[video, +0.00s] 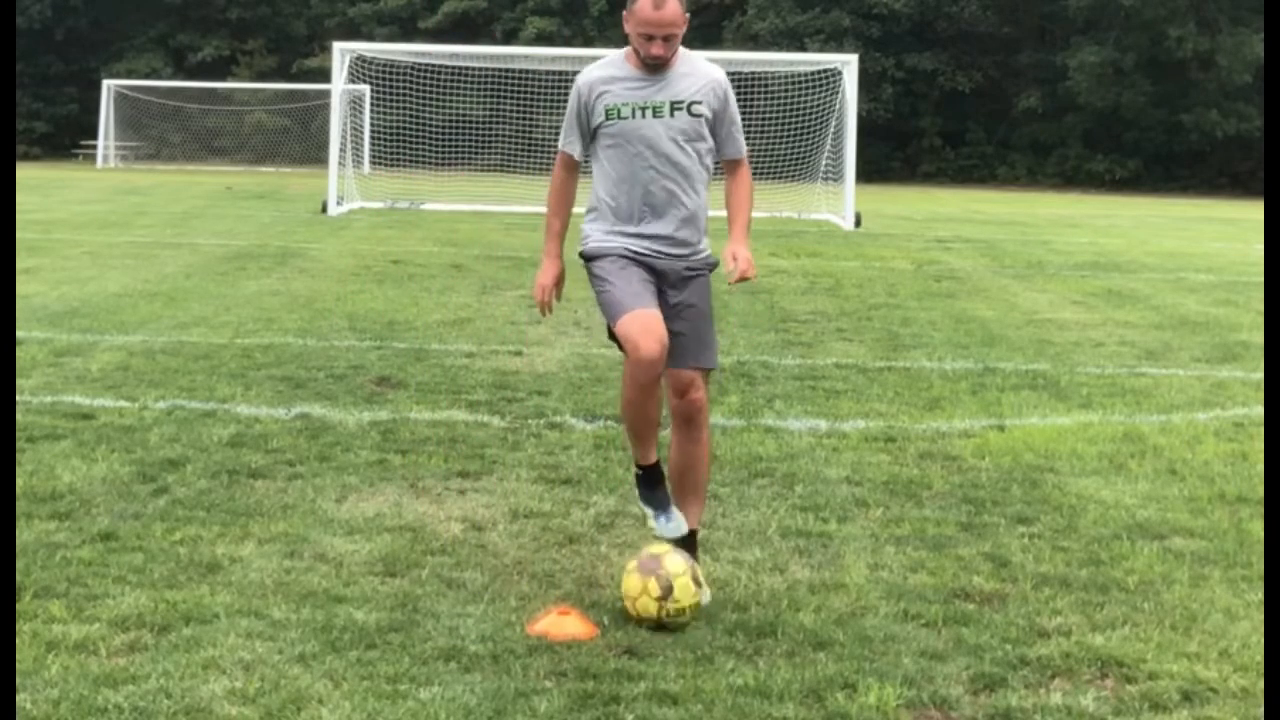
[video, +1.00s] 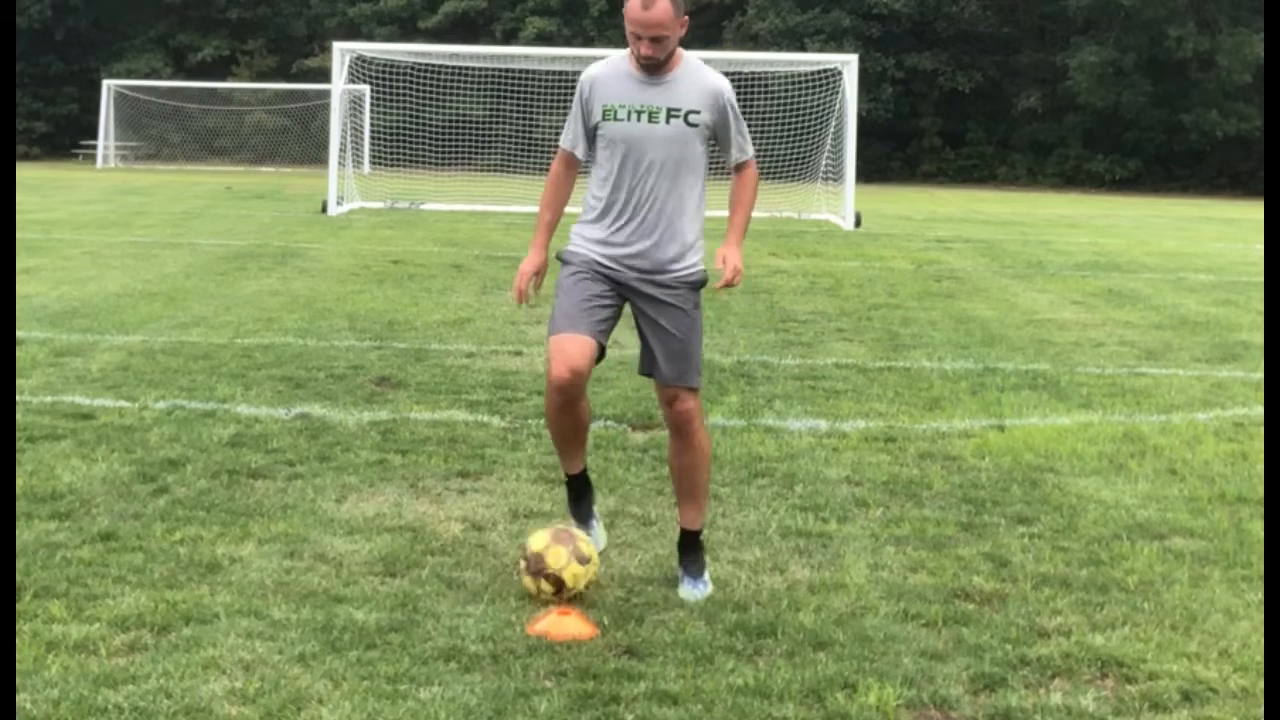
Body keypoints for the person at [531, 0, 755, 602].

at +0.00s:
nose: (659, 48)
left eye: (670, 37)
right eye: (648, 37)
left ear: (686, 27)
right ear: (626, 24)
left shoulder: (711, 83)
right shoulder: (593, 83)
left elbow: (736, 164)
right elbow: (565, 169)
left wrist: (738, 237)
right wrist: (551, 255)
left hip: (686, 256)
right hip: (614, 248)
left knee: (691, 397)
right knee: (648, 346)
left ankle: (687, 543)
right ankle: (648, 474)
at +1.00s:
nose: (646, 50)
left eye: (658, 39)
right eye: (636, 37)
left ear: (683, 27)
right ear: (624, 23)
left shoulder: (711, 89)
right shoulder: (597, 80)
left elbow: (744, 166)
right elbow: (566, 164)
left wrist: (733, 243)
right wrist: (538, 249)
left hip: (672, 271)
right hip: (593, 259)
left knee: (682, 409)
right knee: (563, 375)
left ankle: (691, 551)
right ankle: (580, 504)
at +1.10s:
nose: (642, 44)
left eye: (654, 33)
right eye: (632, 31)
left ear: (678, 20)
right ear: (619, 17)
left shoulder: (709, 83)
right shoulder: (593, 73)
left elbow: (739, 158)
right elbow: (565, 158)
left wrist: (728, 233)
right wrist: (536, 240)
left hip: (667, 263)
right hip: (587, 250)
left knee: (679, 404)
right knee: (550, 365)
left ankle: (688, 551)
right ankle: (558, 492)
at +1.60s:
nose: (609, 62)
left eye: (621, 52)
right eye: (601, 49)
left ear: (651, 41)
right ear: (592, 36)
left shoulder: (687, 104)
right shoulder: (573, 94)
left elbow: (724, 184)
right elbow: (547, 178)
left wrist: (699, 259)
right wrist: (512, 255)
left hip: (644, 278)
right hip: (566, 265)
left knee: (644, 420)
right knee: (493, 377)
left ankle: (649, 558)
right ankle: (465, 506)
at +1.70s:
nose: (602, 70)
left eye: (614, 60)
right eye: (595, 58)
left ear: (644, 49)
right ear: (587, 45)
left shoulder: (678, 115)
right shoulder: (570, 103)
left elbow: (720, 198)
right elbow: (545, 187)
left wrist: (692, 272)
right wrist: (507, 261)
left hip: (635, 289)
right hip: (560, 274)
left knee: (639, 431)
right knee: (484, 377)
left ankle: (648, 562)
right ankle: (458, 518)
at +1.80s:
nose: (596, 73)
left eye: (608, 63)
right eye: (589, 61)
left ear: (638, 52)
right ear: (581, 50)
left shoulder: (669, 120)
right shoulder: (566, 105)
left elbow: (713, 208)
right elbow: (545, 190)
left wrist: (685, 282)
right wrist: (505, 262)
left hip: (628, 292)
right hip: (553, 278)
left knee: (637, 435)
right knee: (472, 378)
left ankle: (649, 566)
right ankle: (456, 529)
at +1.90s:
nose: (587, 69)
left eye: (599, 59)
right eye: (580, 57)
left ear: (629, 49)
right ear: (573, 46)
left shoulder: (660, 117)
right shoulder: (561, 100)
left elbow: (705, 210)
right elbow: (542, 188)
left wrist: (674, 282)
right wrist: (502, 256)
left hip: (621, 291)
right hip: (546, 276)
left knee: (632, 432)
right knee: (463, 375)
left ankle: (649, 566)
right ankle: (458, 529)